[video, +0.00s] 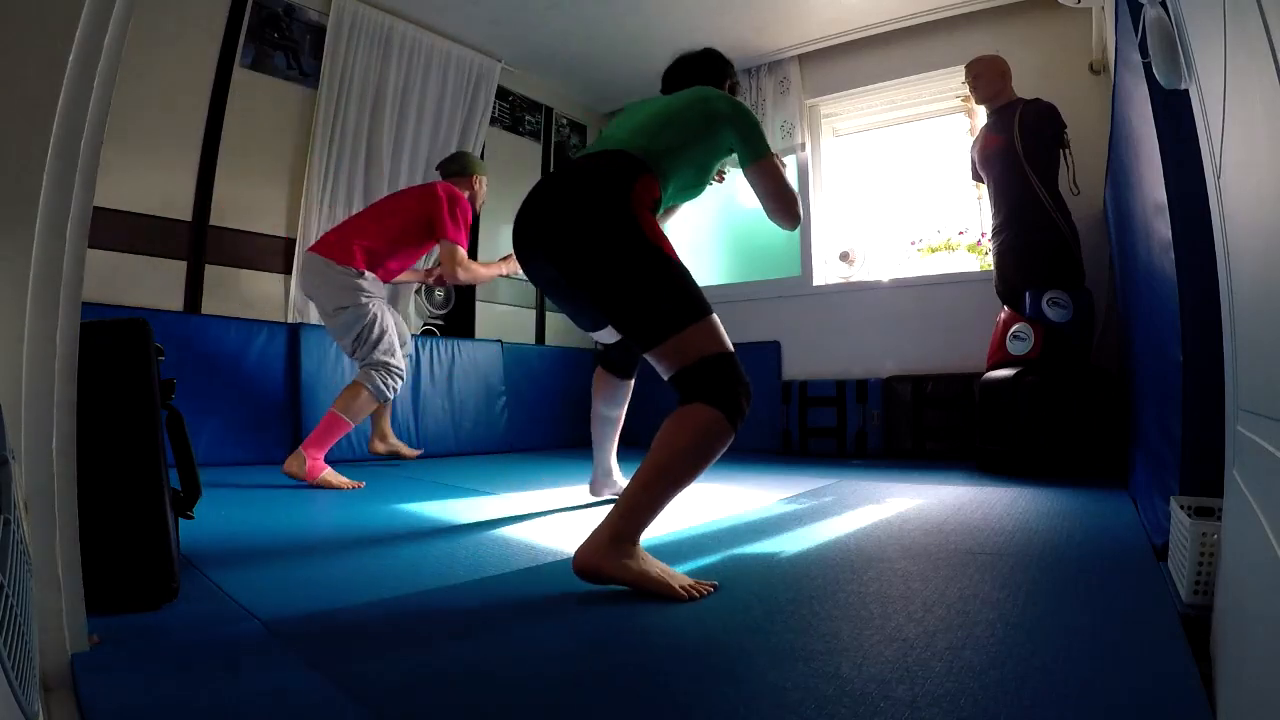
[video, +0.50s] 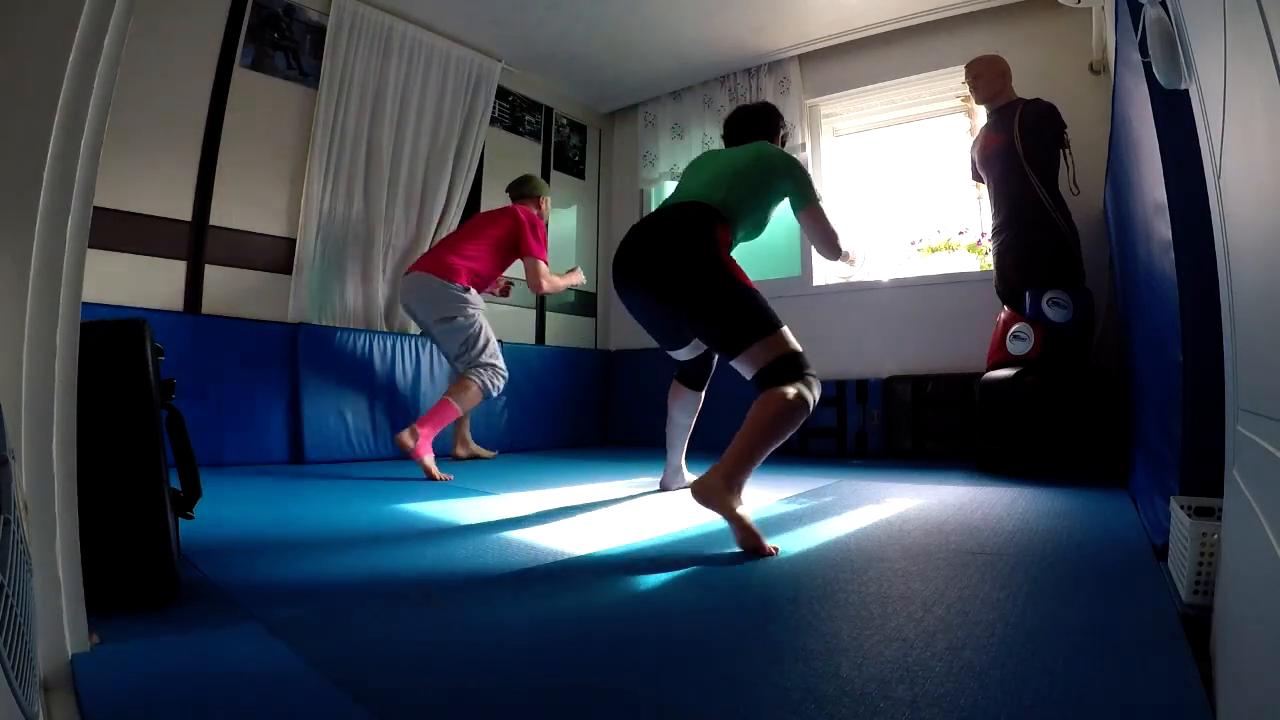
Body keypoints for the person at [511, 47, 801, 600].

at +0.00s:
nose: (739, 99)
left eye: (736, 94)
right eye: (736, 93)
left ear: (674, 86)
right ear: (727, 87)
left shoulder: (640, 114)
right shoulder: (728, 108)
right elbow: (787, 214)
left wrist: (696, 175)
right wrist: (766, 170)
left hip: (538, 229)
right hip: (607, 221)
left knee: (619, 346)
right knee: (721, 392)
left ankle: (603, 476)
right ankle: (613, 544)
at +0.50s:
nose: (786, 146)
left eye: (784, 140)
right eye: (785, 139)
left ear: (730, 138)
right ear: (777, 138)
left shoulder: (705, 160)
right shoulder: (783, 163)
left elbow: (679, 207)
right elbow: (826, 244)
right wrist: (845, 256)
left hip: (633, 258)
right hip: (691, 254)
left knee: (695, 360)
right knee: (795, 383)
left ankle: (673, 472)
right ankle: (723, 482)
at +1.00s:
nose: (830, 170)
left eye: (828, 165)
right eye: (828, 165)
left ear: (784, 171)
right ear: (822, 168)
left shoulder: (762, 191)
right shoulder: (826, 193)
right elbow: (866, 269)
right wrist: (846, 237)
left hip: (703, 275)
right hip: (755, 270)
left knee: (751, 359)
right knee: (851, 364)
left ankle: (718, 460)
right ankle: (812, 461)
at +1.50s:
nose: (860, 192)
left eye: (859, 187)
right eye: (859, 187)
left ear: (819, 191)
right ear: (853, 189)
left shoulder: (802, 208)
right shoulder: (859, 208)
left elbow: (795, 254)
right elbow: (894, 278)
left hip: (763, 287)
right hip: (808, 286)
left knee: (801, 352)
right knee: (881, 377)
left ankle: (771, 437)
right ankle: (854, 467)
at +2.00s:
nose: (868, 217)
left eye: (867, 213)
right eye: (867, 213)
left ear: (831, 215)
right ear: (864, 215)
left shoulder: (812, 233)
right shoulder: (869, 235)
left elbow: (804, 272)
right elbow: (896, 300)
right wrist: (889, 272)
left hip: (780, 305)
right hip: (822, 302)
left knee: (819, 368)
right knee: (899, 379)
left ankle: (801, 449)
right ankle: (879, 454)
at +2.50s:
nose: (868, 195)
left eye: (865, 191)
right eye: (866, 191)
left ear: (826, 198)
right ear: (861, 195)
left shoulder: (809, 212)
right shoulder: (869, 212)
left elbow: (795, 254)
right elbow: (906, 283)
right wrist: (895, 266)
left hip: (761, 287)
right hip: (808, 286)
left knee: (803, 357)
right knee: (891, 373)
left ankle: (780, 448)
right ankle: (865, 472)